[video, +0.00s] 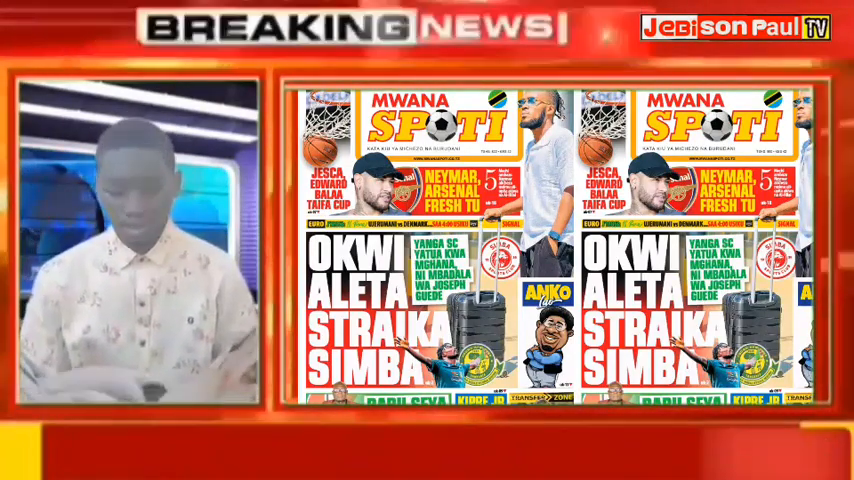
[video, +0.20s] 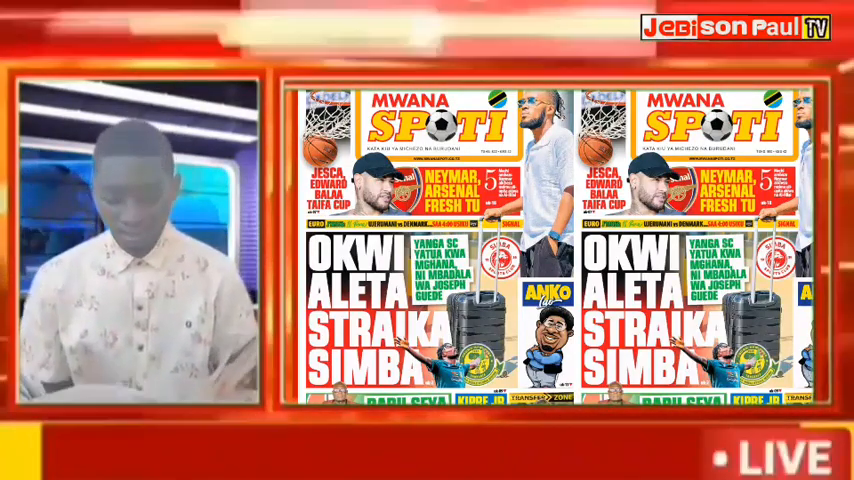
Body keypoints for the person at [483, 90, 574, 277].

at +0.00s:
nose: (523, 107)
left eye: (531, 101)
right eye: (522, 103)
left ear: (550, 110)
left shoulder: (563, 139)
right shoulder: (531, 146)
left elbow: (571, 192)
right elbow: (532, 196)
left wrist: (554, 238)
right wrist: (502, 211)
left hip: (551, 241)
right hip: (530, 242)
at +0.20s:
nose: (523, 107)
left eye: (531, 101)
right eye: (522, 103)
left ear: (550, 110)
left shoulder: (563, 139)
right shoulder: (531, 146)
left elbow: (571, 192)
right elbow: (532, 196)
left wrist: (554, 238)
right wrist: (502, 211)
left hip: (551, 241)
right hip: (530, 242)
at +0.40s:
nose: (523, 107)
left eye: (531, 101)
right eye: (522, 103)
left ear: (549, 110)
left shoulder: (563, 139)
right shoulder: (531, 146)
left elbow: (571, 192)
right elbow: (532, 196)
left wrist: (553, 238)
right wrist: (502, 211)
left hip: (552, 241)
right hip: (530, 242)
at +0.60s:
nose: (523, 107)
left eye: (531, 102)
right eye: (522, 103)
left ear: (549, 110)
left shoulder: (563, 139)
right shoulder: (531, 147)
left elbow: (571, 192)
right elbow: (532, 196)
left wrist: (554, 238)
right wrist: (502, 211)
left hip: (551, 241)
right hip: (529, 242)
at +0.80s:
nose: (523, 107)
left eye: (531, 102)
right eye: (522, 103)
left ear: (549, 110)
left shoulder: (563, 139)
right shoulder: (531, 147)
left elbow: (571, 192)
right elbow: (532, 196)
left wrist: (554, 238)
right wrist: (502, 211)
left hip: (551, 241)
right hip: (529, 242)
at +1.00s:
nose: (523, 107)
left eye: (531, 102)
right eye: (522, 103)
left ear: (549, 110)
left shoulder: (563, 139)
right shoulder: (531, 147)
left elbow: (571, 192)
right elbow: (532, 196)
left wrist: (554, 238)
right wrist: (502, 211)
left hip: (551, 241)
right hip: (529, 242)